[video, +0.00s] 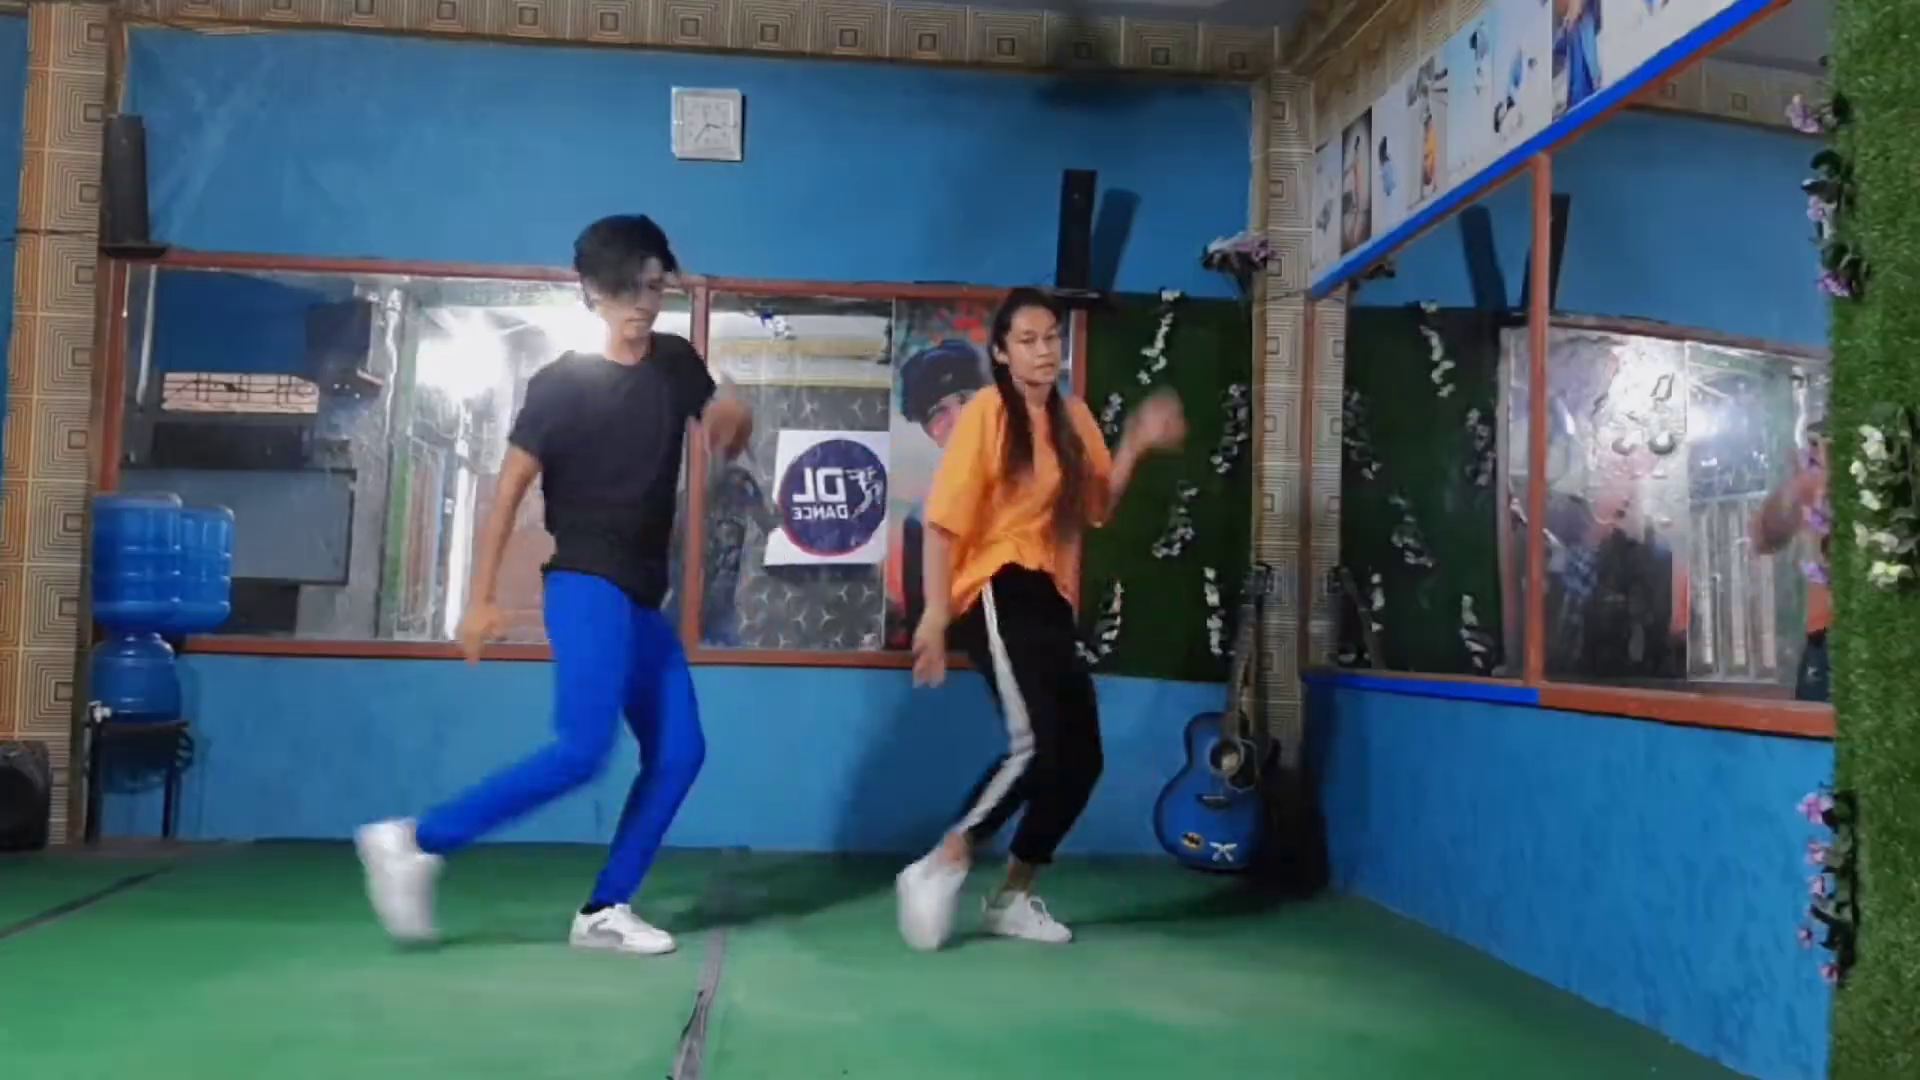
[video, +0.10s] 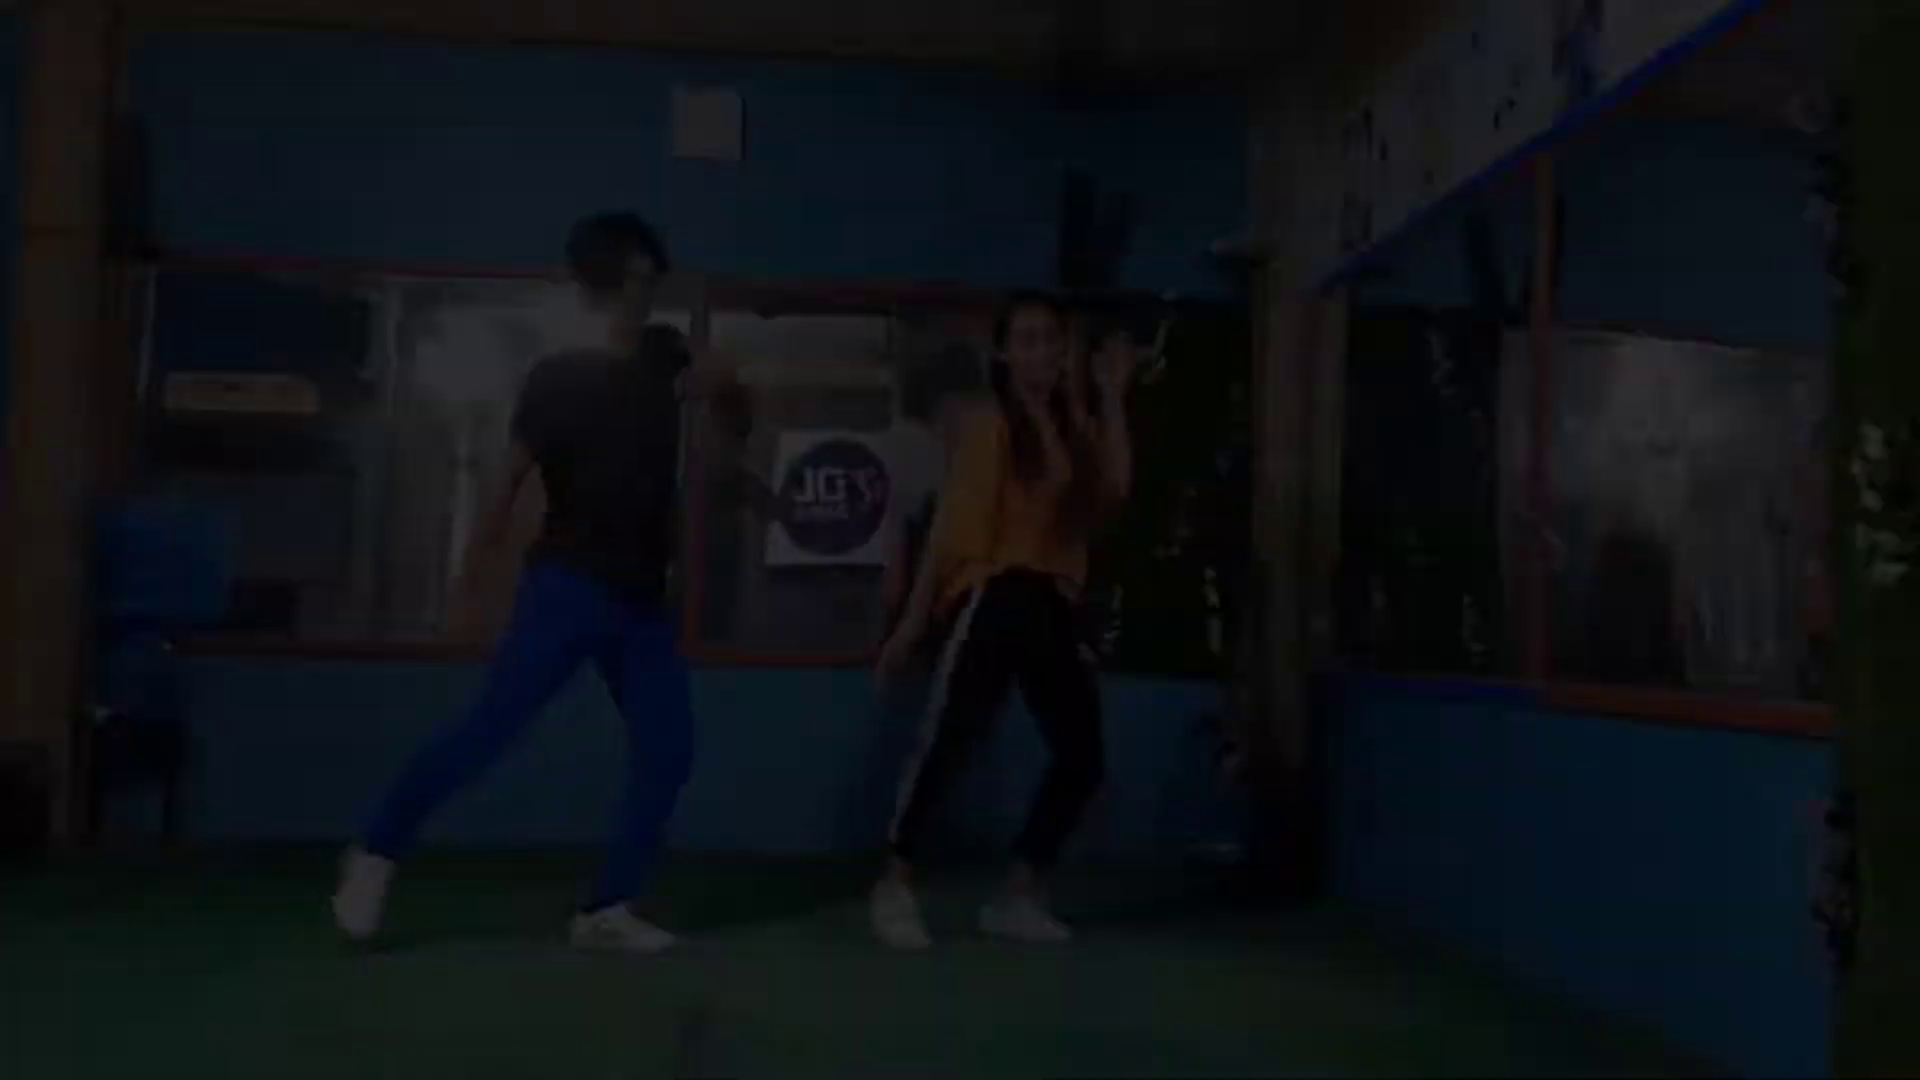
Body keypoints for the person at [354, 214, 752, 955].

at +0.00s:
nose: (646, 307)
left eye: (655, 291)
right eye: (630, 293)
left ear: (667, 288)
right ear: (593, 295)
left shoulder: (676, 362)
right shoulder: (561, 384)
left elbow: (727, 434)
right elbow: (509, 490)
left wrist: (735, 409)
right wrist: (482, 598)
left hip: (642, 601)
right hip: (586, 589)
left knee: (681, 751)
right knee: (582, 751)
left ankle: (606, 911)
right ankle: (412, 842)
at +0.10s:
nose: (644, 298)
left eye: (648, 282)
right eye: (634, 283)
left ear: (648, 285)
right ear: (608, 285)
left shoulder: (665, 366)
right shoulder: (562, 378)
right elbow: (507, 482)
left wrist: (726, 394)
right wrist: (475, 578)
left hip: (638, 591)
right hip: (566, 586)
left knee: (666, 744)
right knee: (495, 722)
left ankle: (613, 904)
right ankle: (377, 853)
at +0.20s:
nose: (630, 282)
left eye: (640, 267)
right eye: (613, 269)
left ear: (653, 274)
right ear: (579, 276)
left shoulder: (671, 356)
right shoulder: (535, 351)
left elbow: (730, 436)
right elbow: (498, 460)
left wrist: (691, 462)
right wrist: (475, 561)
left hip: (624, 587)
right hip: (530, 576)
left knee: (615, 746)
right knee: (443, 714)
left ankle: (595, 903)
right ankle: (436, 891)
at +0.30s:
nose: (598, 281)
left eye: (612, 266)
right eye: (583, 268)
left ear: (636, 275)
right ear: (563, 279)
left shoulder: (664, 367)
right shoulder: (523, 351)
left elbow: (705, 468)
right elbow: (489, 448)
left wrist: (678, 559)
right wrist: (472, 539)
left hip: (597, 585)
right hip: (510, 574)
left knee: (563, 738)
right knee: (439, 723)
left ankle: (576, 907)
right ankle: (438, 899)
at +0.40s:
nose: (555, 281)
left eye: (572, 266)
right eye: (546, 268)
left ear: (615, 276)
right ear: (538, 277)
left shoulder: (640, 369)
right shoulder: (522, 361)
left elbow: (662, 490)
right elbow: (499, 474)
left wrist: (628, 602)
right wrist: (463, 566)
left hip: (571, 595)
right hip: (493, 586)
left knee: (549, 749)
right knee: (417, 723)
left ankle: (576, 912)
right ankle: (435, 894)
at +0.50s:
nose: (528, 284)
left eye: (543, 269)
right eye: (522, 271)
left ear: (588, 279)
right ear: (519, 280)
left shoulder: (607, 371)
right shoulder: (522, 377)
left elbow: (617, 496)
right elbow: (499, 486)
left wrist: (550, 601)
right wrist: (446, 564)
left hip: (553, 604)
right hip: (490, 593)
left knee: (542, 758)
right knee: (409, 731)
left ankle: (578, 914)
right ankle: (382, 904)